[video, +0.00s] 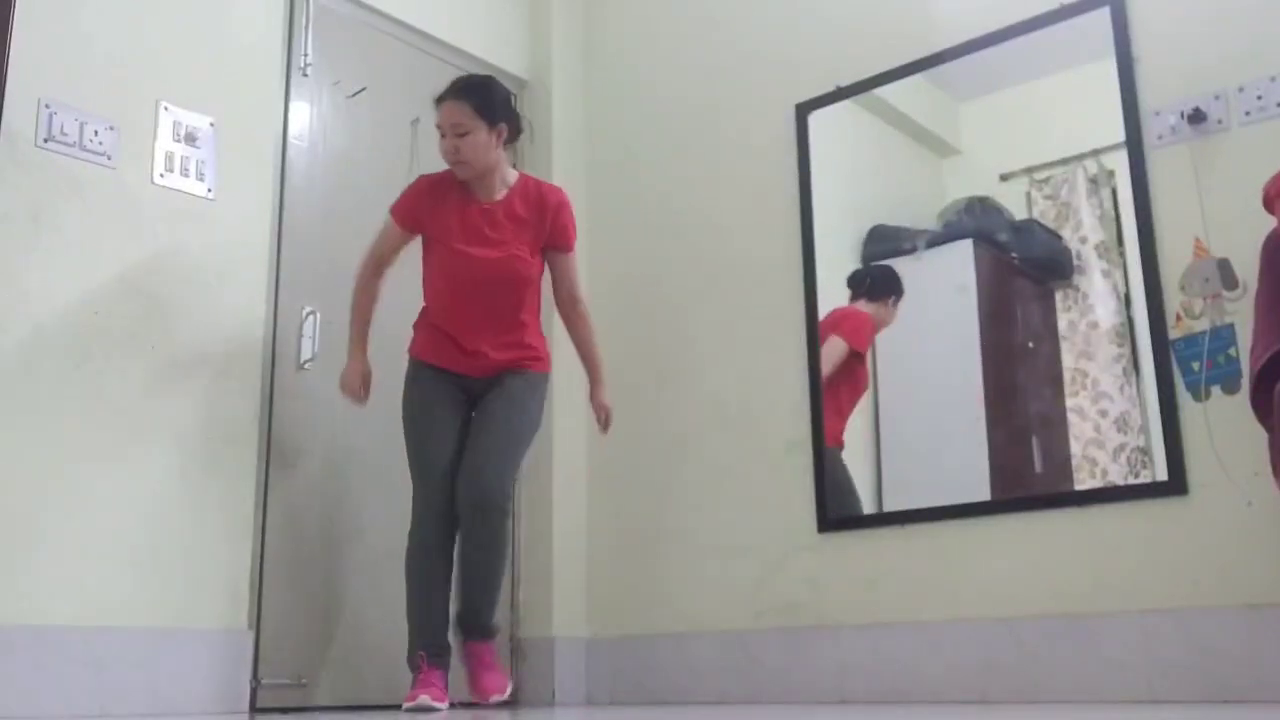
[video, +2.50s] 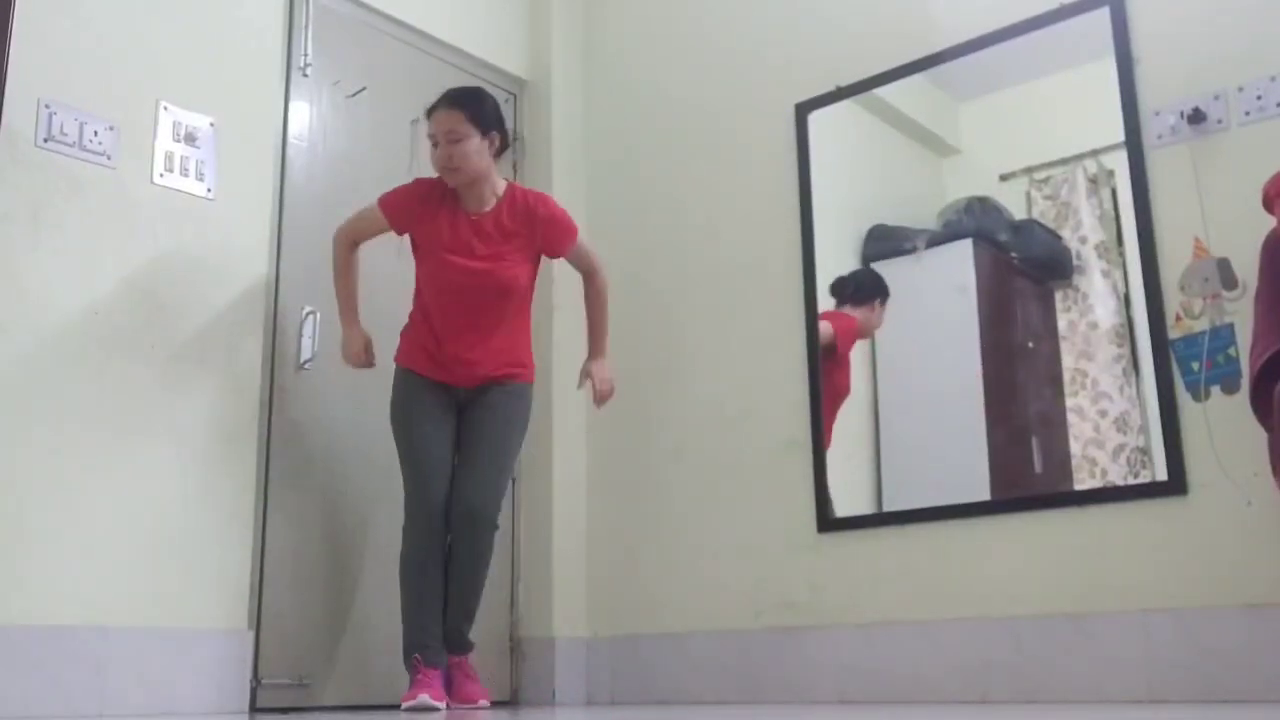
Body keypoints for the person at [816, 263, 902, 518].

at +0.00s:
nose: (892, 319)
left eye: (897, 310)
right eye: (896, 309)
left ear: (857, 293)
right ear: (889, 301)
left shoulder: (831, 319)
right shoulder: (859, 320)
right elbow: (815, 374)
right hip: (823, 449)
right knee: (852, 529)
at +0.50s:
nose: (886, 321)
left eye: (891, 312)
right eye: (891, 310)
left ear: (859, 292)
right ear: (882, 300)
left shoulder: (833, 318)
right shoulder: (846, 315)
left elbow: (848, 411)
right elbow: (848, 390)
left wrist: (906, 423)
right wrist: (911, 418)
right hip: (820, 447)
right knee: (875, 523)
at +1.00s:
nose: (919, 276)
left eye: (919, 266)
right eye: (915, 265)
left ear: (874, 269)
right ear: (893, 266)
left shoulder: (853, 299)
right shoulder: (882, 292)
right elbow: (884, 372)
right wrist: (904, 447)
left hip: (823, 421)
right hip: (842, 423)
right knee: (872, 524)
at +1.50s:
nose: (928, 272)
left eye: (928, 263)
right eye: (925, 262)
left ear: (878, 266)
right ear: (905, 265)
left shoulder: (860, 296)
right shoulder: (895, 290)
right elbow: (873, 348)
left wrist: (885, 434)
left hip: (818, 415)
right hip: (844, 416)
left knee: (870, 524)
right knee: (879, 524)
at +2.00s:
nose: (888, 308)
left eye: (891, 300)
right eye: (891, 299)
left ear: (852, 285)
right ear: (886, 291)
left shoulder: (825, 313)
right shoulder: (866, 310)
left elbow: (866, 400)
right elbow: (889, 393)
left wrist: (929, 415)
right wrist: (943, 414)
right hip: (826, 440)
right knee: (857, 531)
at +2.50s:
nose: (881, 321)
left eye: (883, 312)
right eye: (883, 311)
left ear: (844, 299)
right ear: (876, 305)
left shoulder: (830, 323)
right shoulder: (845, 324)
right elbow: (807, 335)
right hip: (805, 460)